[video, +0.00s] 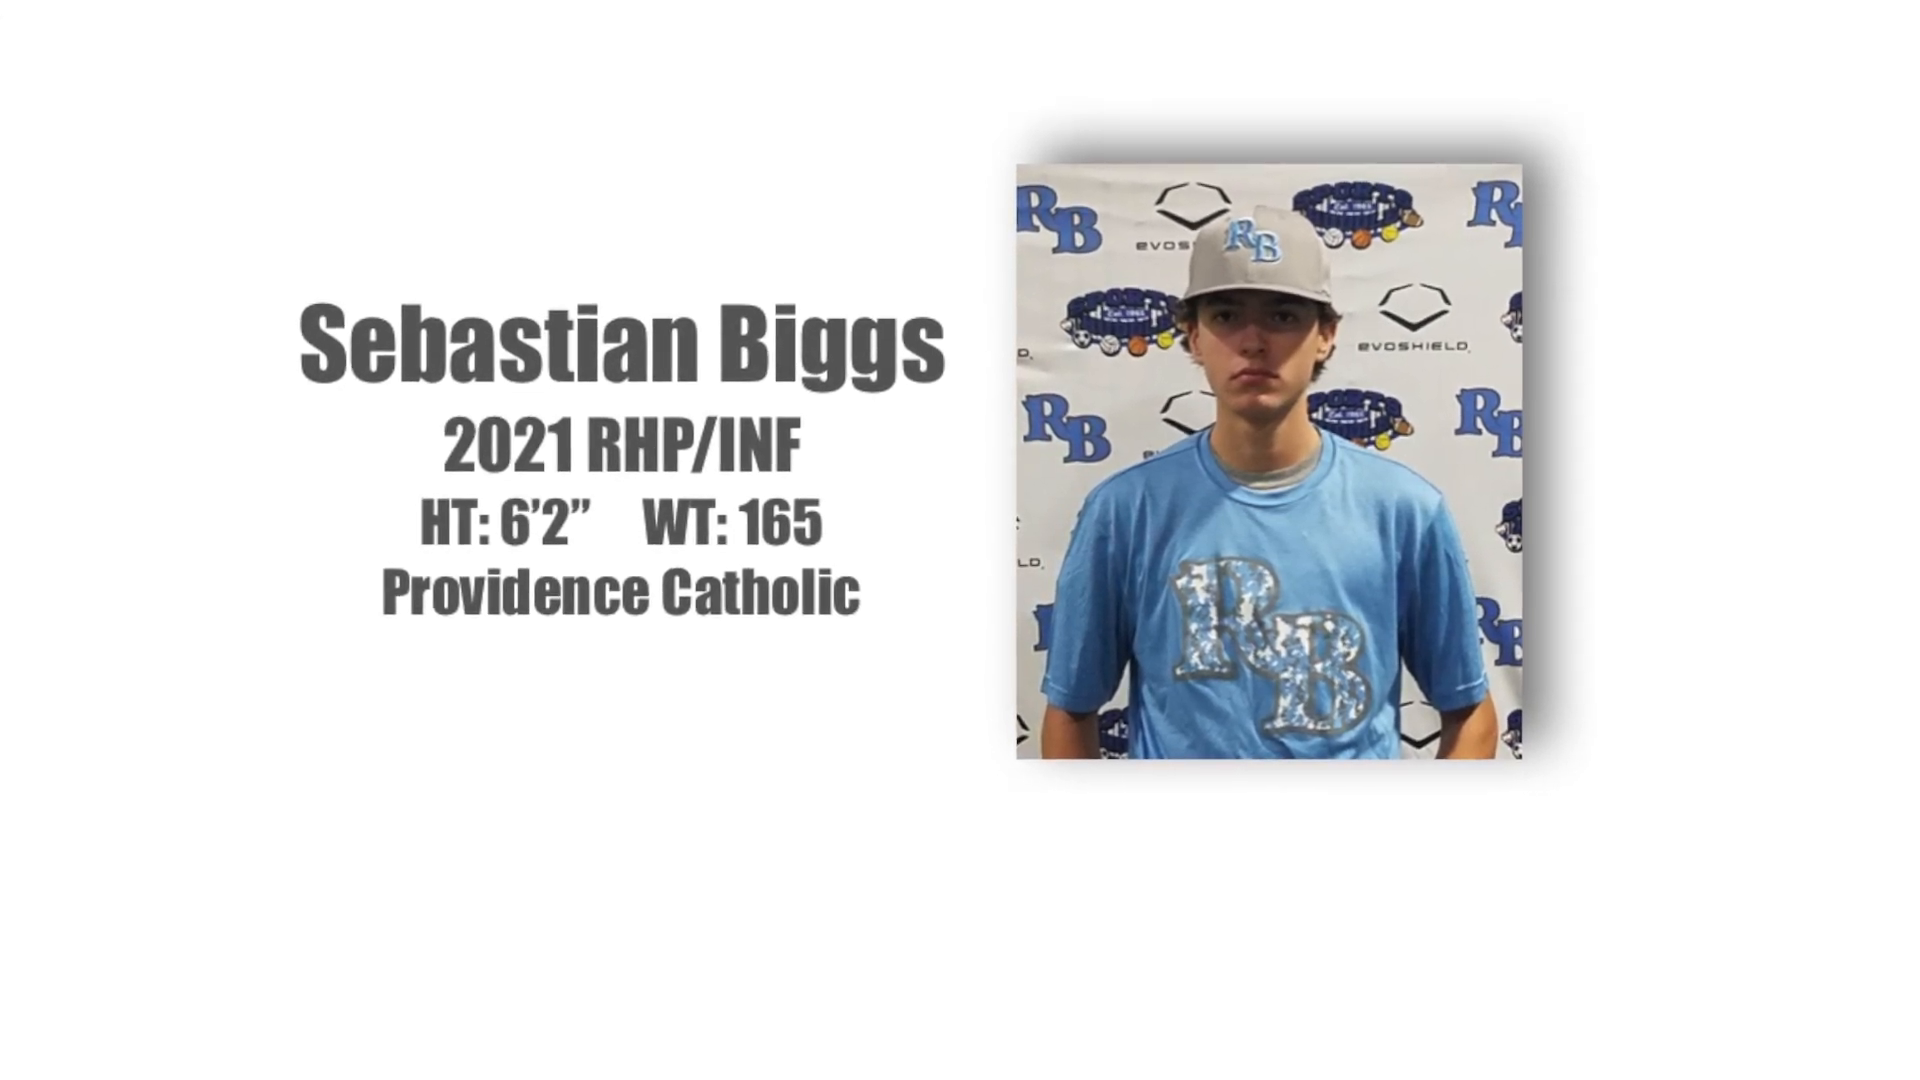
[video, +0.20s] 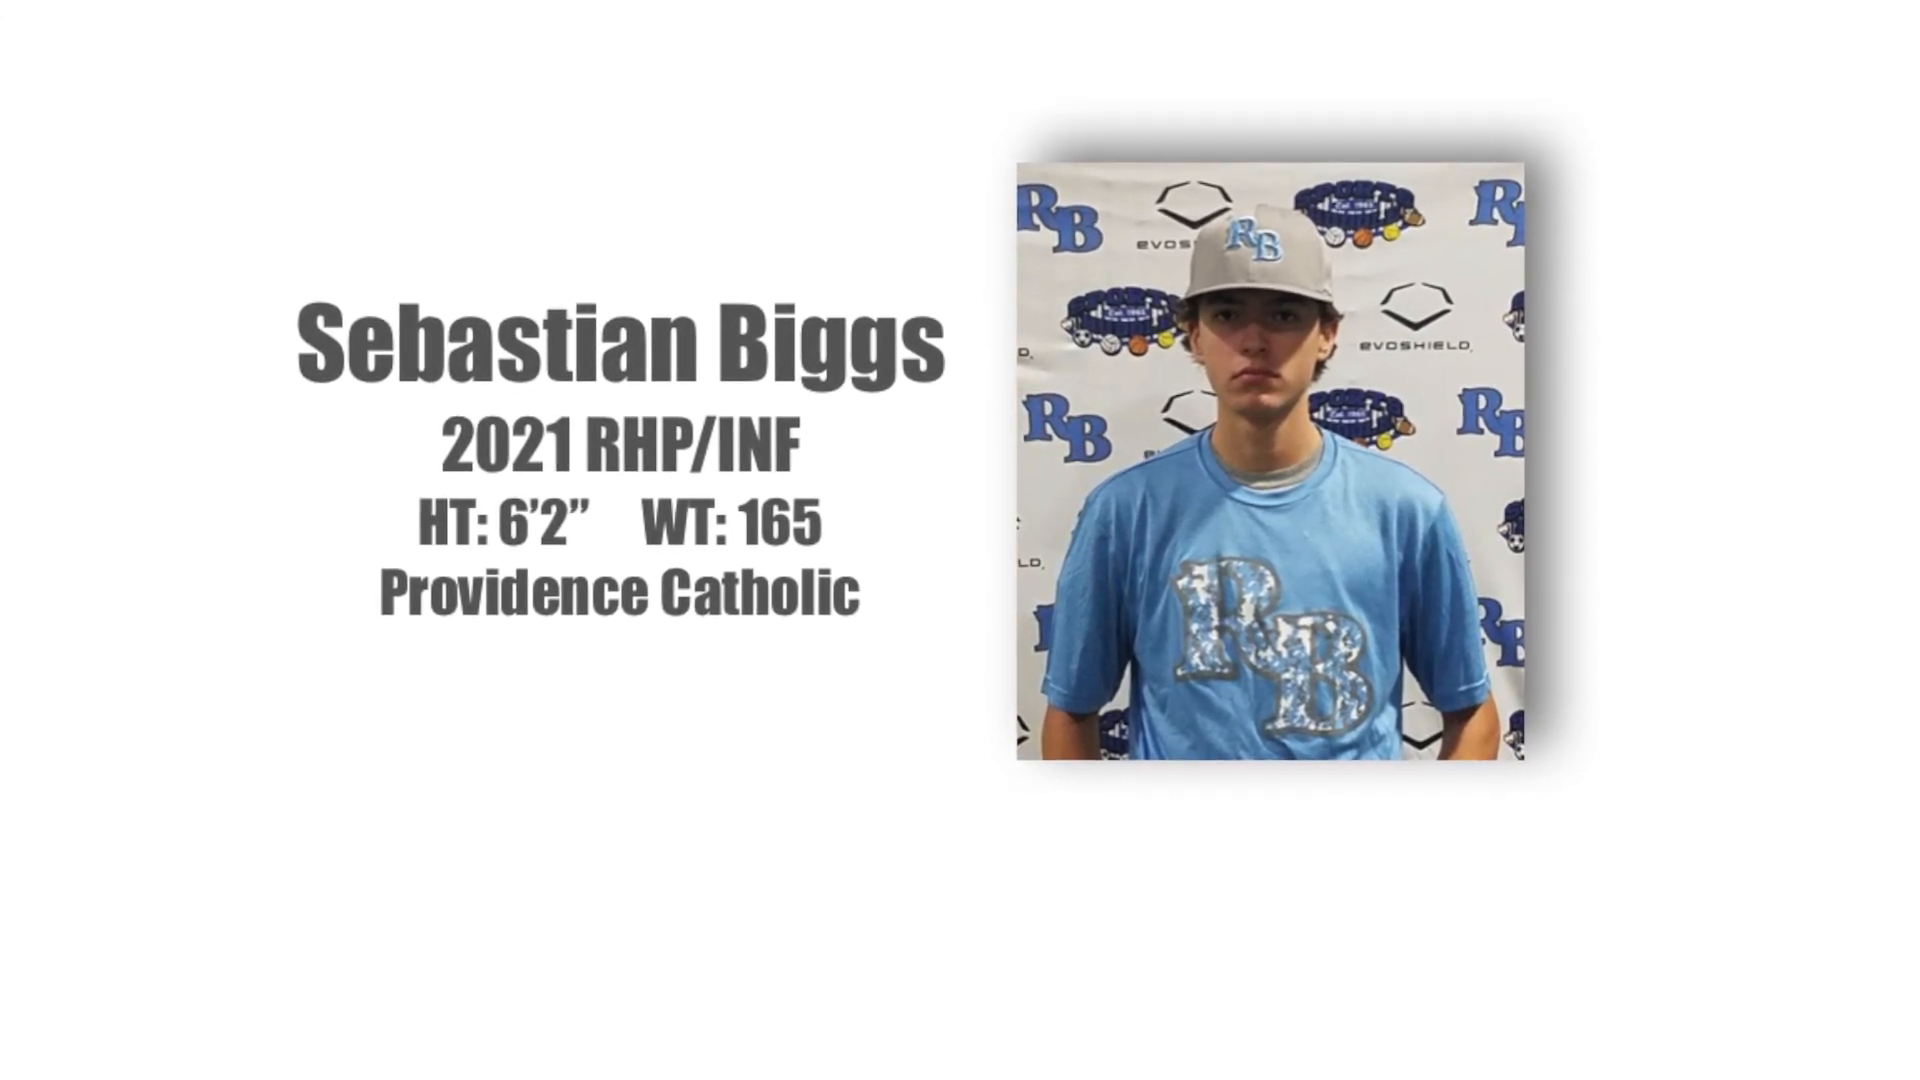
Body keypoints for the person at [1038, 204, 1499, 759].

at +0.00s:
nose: (1254, 340)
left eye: (1282, 316)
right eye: (1229, 316)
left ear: (1324, 337)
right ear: (1193, 338)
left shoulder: (1407, 511)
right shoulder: (1122, 513)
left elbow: (1471, 714)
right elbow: (1071, 716)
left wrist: (1431, 836)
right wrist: (1083, 841)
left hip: (1362, 831)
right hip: (1177, 831)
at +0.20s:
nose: (1255, 340)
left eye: (1283, 315)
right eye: (1230, 315)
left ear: (1325, 337)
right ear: (1194, 338)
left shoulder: (1409, 511)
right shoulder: (1123, 513)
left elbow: (1473, 715)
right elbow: (1071, 717)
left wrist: (1433, 837)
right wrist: (1084, 842)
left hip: (1363, 832)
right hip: (1178, 832)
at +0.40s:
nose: (1256, 339)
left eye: (1285, 314)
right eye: (1231, 314)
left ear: (1327, 336)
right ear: (1195, 337)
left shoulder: (1409, 511)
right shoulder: (1123, 513)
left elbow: (1475, 715)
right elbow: (1071, 717)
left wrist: (1435, 837)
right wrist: (1084, 844)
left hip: (1364, 834)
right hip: (1179, 834)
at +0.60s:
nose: (1257, 338)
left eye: (1286, 313)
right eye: (1232, 313)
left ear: (1328, 335)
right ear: (1196, 336)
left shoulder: (1411, 510)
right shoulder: (1124, 513)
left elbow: (1478, 716)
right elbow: (1072, 718)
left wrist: (1436, 838)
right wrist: (1086, 845)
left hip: (1366, 835)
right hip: (1180, 834)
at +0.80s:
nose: (1258, 338)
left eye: (1287, 313)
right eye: (1233, 313)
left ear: (1330, 334)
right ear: (1197, 335)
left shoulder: (1413, 511)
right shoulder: (1125, 513)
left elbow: (1480, 716)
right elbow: (1072, 719)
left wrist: (1438, 841)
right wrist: (1085, 848)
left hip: (1368, 837)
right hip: (1181, 836)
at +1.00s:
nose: (1260, 337)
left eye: (1289, 312)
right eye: (1234, 312)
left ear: (1331, 334)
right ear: (1198, 335)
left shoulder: (1415, 511)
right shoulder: (1125, 514)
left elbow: (1482, 717)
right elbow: (1073, 720)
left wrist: (1440, 841)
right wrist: (1086, 847)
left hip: (1370, 837)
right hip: (1182, 837)